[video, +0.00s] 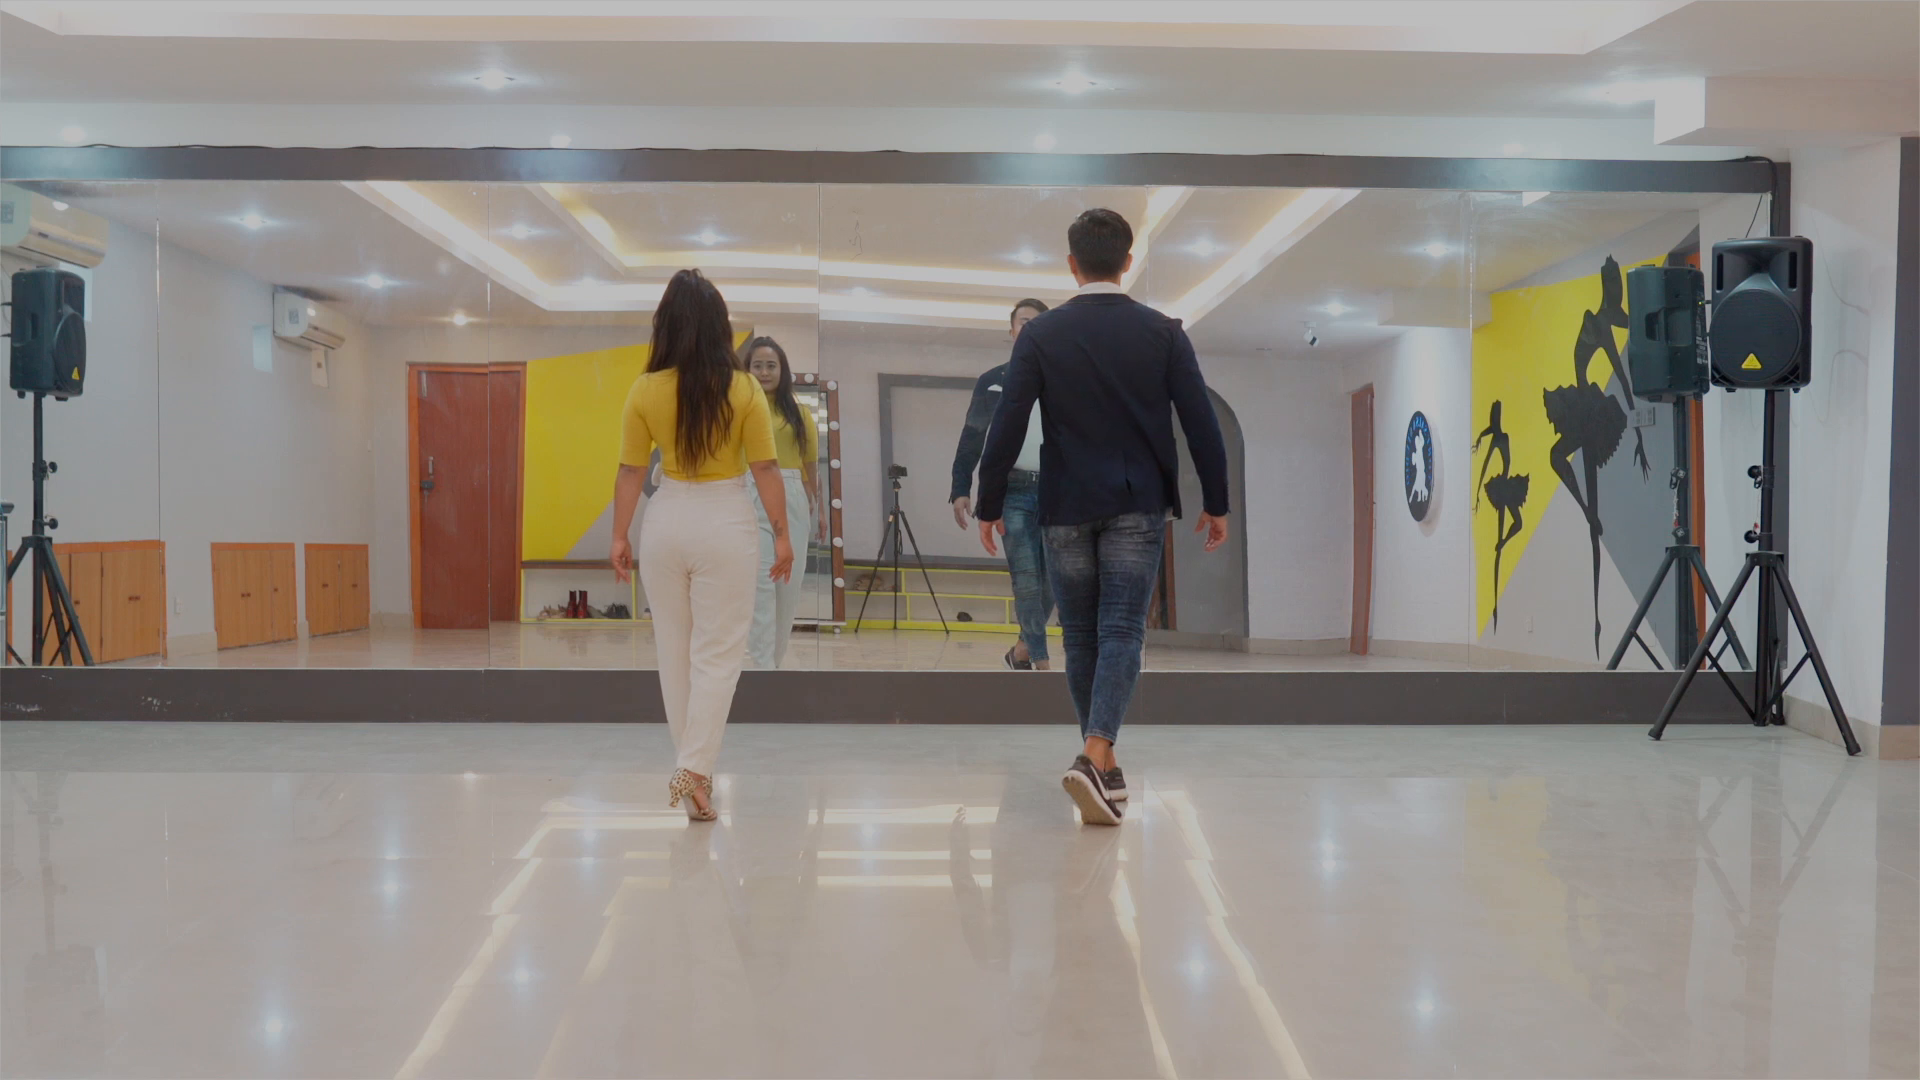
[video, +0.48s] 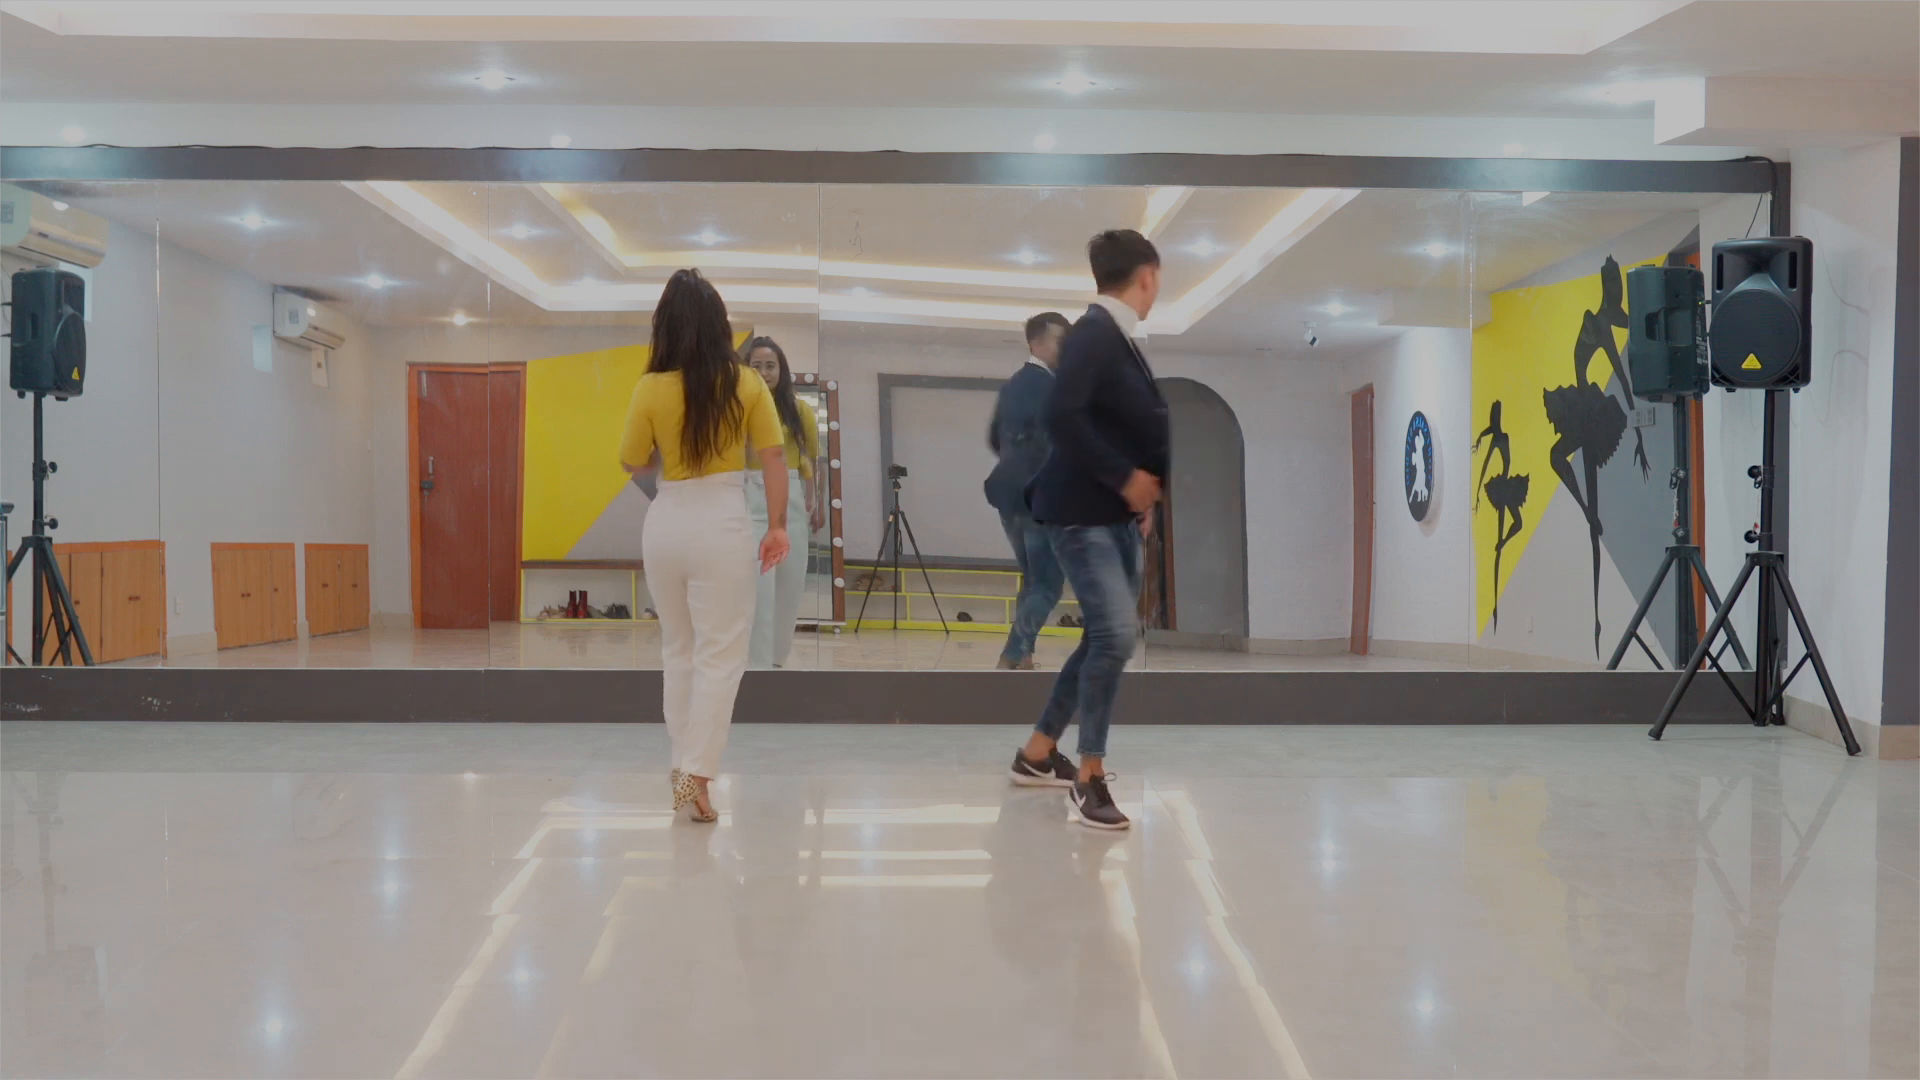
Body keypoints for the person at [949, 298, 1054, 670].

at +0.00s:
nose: (1028, 329)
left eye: (1036, 324)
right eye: (1022, 323)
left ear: (1048, 332)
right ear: (1011, 330)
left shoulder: (1062, 379)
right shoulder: (993, 381)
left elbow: (1077, 434)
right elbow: (972, 436)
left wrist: (1080, 486)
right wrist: (961, 488)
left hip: (1057, 488)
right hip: (1014, 486)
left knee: (1055, 577)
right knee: (1026, 574)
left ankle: (1021, 650)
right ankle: (1041, 661)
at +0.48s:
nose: (1064, 348)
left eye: (1065, 340)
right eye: (1060, 339)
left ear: (1035, 343)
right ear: (1040, 341)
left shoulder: (1012, 384)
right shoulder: (1048, 385)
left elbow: (995, 438)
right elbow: (1053, 437)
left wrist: (1020, 460)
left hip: (1004, 485)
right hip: (1036, 490)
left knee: (1032, 577)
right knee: (1047, 581)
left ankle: (1022, 655)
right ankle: (1013, 656)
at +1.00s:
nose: (1064, 353)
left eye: (1061, 345)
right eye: (1062, 346)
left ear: (1028, 350)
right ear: (1059, 350)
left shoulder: (1010, 384)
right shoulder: (1069, 385)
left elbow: (958, 428)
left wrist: (978, 476)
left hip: (1009, 493)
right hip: (1053, 492)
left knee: (1030, 581)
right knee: (1049, 585)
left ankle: (1046, 662)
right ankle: (1019, 663)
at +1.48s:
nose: (1016, 361)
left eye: (1016, 355)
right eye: (1016, 355)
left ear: (1022, 357)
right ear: (1056, 355)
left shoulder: (1026, 392)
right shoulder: (1073, 389)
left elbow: (1029, 442)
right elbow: (1080, 438)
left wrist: (1005, 476)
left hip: (1040, 506)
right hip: (1077, 503)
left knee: (1044, 589)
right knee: (1079, 584)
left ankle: (1064, 659)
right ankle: (1078, 639)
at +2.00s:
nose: (1008, 356)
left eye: (1008, 350)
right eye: (1010, 350)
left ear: (1012, 349)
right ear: (1047, 347)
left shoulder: (1005, 386)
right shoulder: (1067, 375)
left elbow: (953, 436)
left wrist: (973, 480)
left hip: (1037, 491)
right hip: (1080, 486)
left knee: (1032, 575)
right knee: (1033, 570)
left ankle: (1074, 654)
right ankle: (1029, 649)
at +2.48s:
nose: (1018, 372)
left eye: (1014, 365)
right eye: (1020, 363)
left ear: (995, 363)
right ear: (1030, 364)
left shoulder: (981, 404)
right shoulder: (1046, 400)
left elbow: (956, 454)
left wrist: (991, 487)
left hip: (1005, 511)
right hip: (1044, 512)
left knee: (1025, 593)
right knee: (999, 584)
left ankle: (1058, 654)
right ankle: (986, 652)